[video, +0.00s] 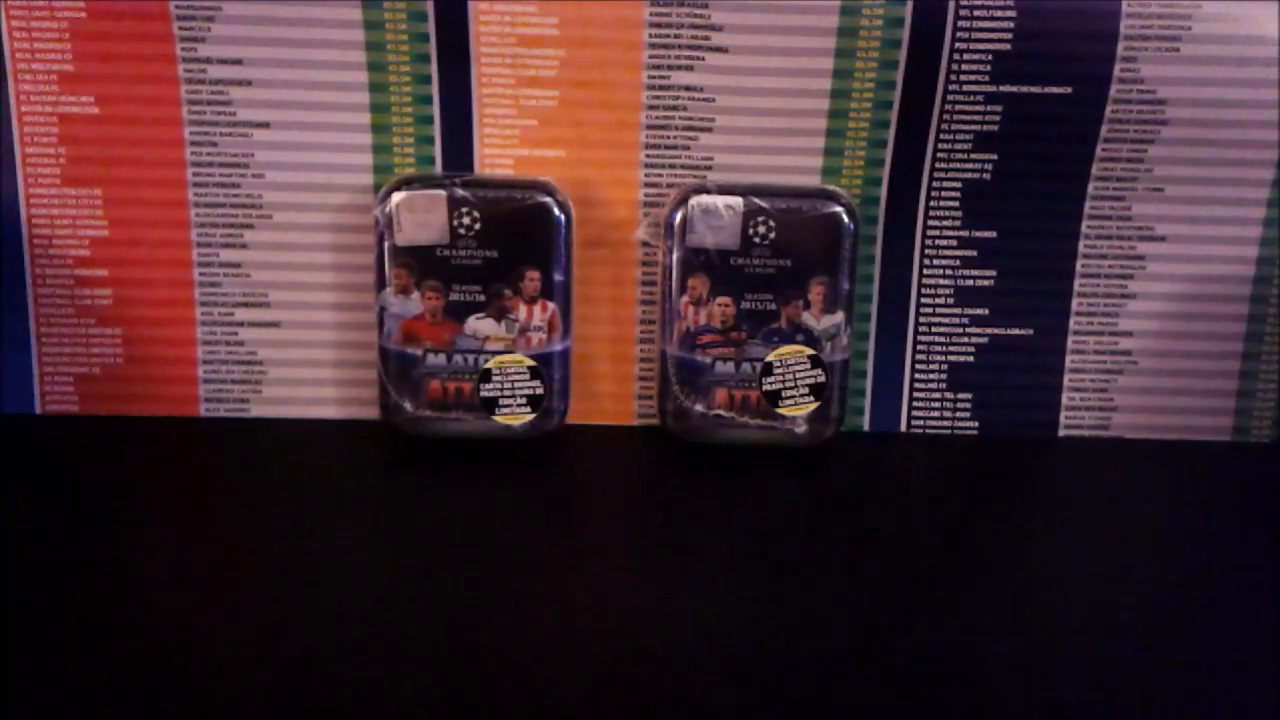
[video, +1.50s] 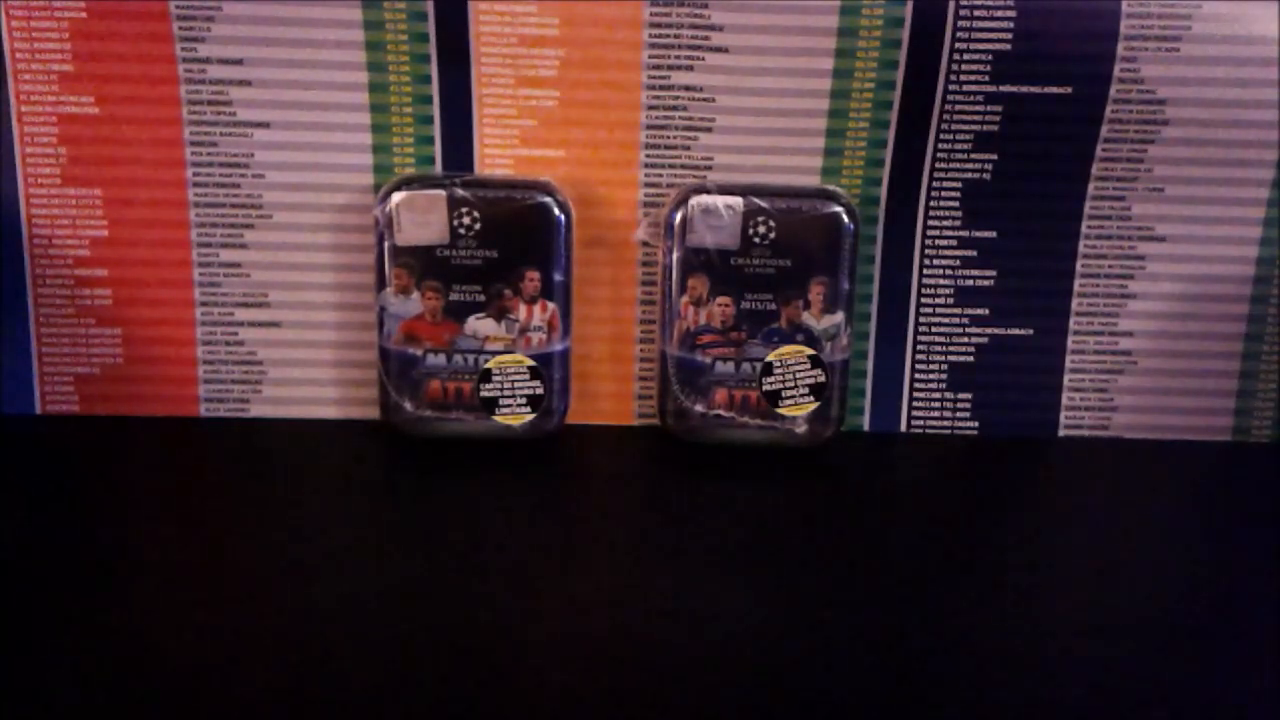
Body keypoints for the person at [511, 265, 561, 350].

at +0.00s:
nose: (536, 285)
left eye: (538, 280)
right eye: (531, 280)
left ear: (541, 283)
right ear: (521, 283)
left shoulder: (551, 308)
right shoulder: (512, 305)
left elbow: (556, 338)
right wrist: (520, 330)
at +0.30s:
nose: (536, 285)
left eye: (539, 280)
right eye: (531, 280)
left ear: (541, 283)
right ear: (521, 284)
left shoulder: (551, 308)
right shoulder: (512, 306)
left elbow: (556, 337)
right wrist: (521, 330)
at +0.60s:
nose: (536, 285)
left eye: (539, 281)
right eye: (531, 280)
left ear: (541, 283)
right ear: (521, 284)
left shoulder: (551, 308)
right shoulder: (512, 306)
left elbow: (556, 337)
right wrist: (521, 329)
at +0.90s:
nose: (536, 285)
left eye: (539, 281)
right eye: (531, 280)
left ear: (541, 283)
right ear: (521, 284)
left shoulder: (551, 308)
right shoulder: (511, 306)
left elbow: (556, 337)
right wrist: (521, 329)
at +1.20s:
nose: (536, 285)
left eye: (539, 281)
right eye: (531, 280)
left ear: (541, 283)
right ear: (521, 284)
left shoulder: (551, 308)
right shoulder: (512, 306)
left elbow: (556, 337)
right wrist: (521, 329)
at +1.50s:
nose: (536, 285)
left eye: (538, 281)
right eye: (531, 280)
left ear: (541, 283)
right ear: (521, 284)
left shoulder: (551, 308)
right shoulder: (512, 306)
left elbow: (556, 336)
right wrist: (521, 329)